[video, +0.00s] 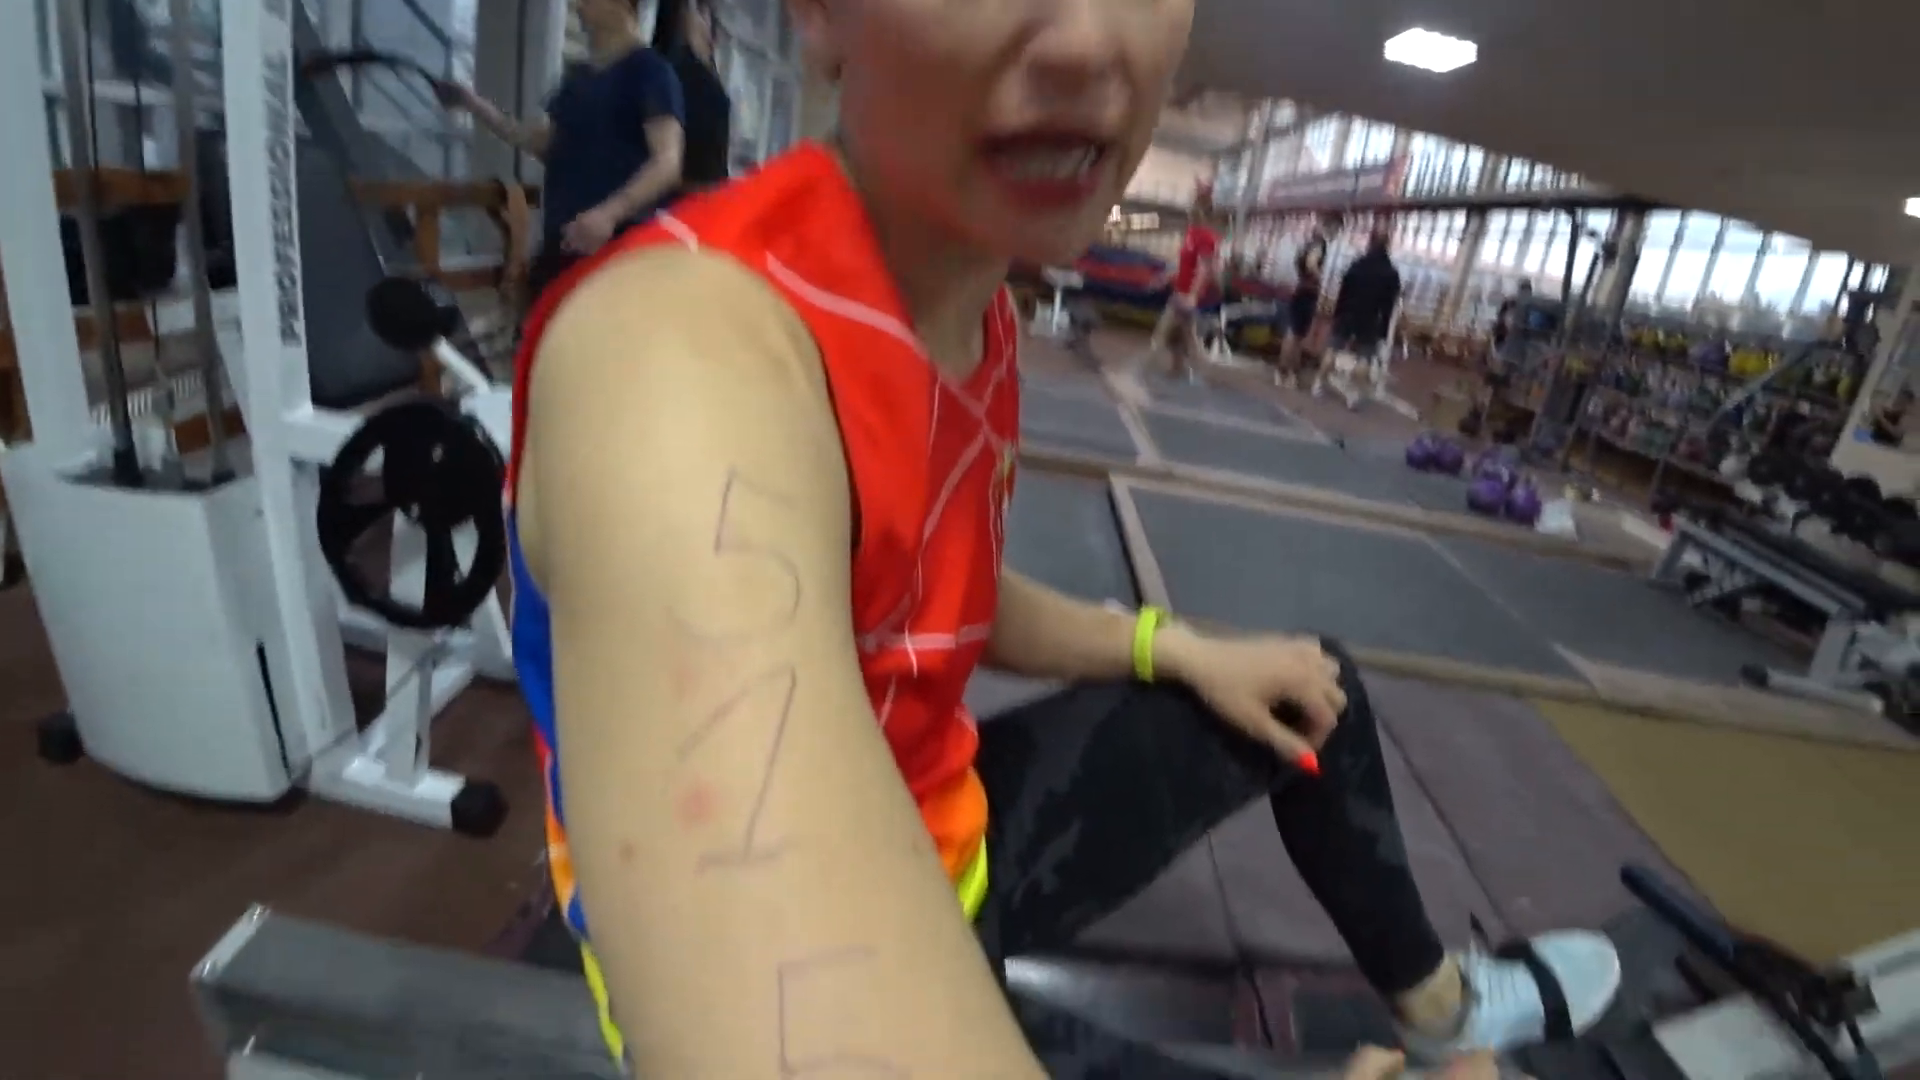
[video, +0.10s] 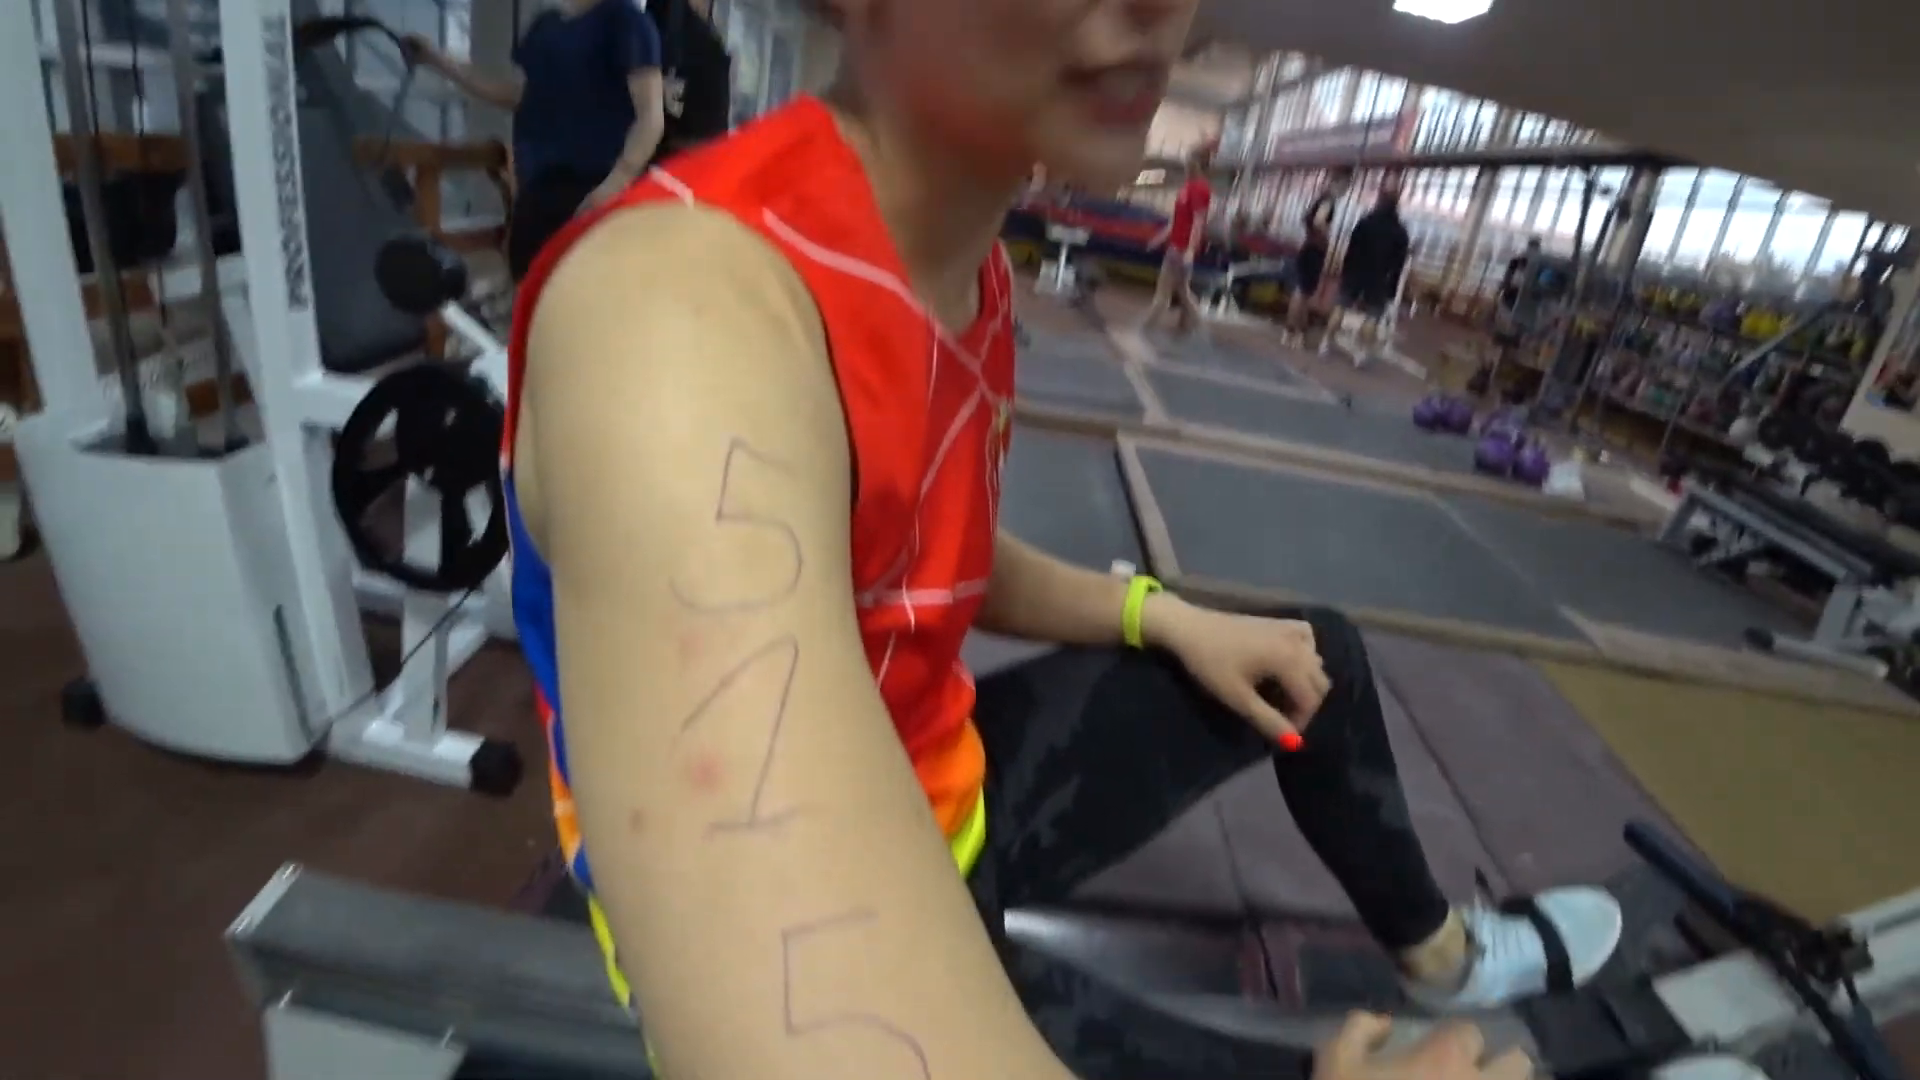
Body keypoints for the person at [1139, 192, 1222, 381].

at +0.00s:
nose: (1192, 213)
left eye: (1195, 210)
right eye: (1193, 209)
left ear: (1202, 211)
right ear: (1197, 211)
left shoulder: (1205, 236)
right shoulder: (1191, 233)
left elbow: (1203, 268)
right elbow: (1184, 266)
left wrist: (1193, 295)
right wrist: (1164, 279)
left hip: (1187, 296)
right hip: (1180, 293)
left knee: (1168, 334)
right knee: (1181, 335)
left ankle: (1179, 370)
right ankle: (1178, 370)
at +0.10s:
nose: (1188, 166)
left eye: (1191, 162)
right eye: (1189, 161)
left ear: (1198, 163)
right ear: (1192, 162)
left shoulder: (1200, 188)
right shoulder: (1187, 187)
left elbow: (1198, 222)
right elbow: (1175, 221)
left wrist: (1191, 250)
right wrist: (1158, 239)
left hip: (1182, 247)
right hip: (1176, 244)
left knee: (1164, 287)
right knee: (1182, 289)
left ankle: (1148, 324)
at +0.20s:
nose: (1187, 122)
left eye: (1190, 119)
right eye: (1188, 119)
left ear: (1198, 122)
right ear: (1199, 122)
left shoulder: (1199, 146)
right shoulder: (1189, 144)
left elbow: (1196, 179)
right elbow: (1180, 179)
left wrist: (1186, 207)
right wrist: (1167, 198)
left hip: (1182, 205)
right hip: (1175, 203)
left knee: (1169, 249)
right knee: (1170, 249)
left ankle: (1155, 291)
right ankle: (1193, 285)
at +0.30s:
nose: (1182, 86)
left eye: (1187, 82)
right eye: (1183, 82)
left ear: (1196, 86)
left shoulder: (1192, 110)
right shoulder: (1183, 109)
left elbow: (1185, 141)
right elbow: (1178, 141)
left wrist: (1170, 168)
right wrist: (1165, 164)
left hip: (1176, 170)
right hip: (1169, 168)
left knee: (1160, 208)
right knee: (1158, 208)